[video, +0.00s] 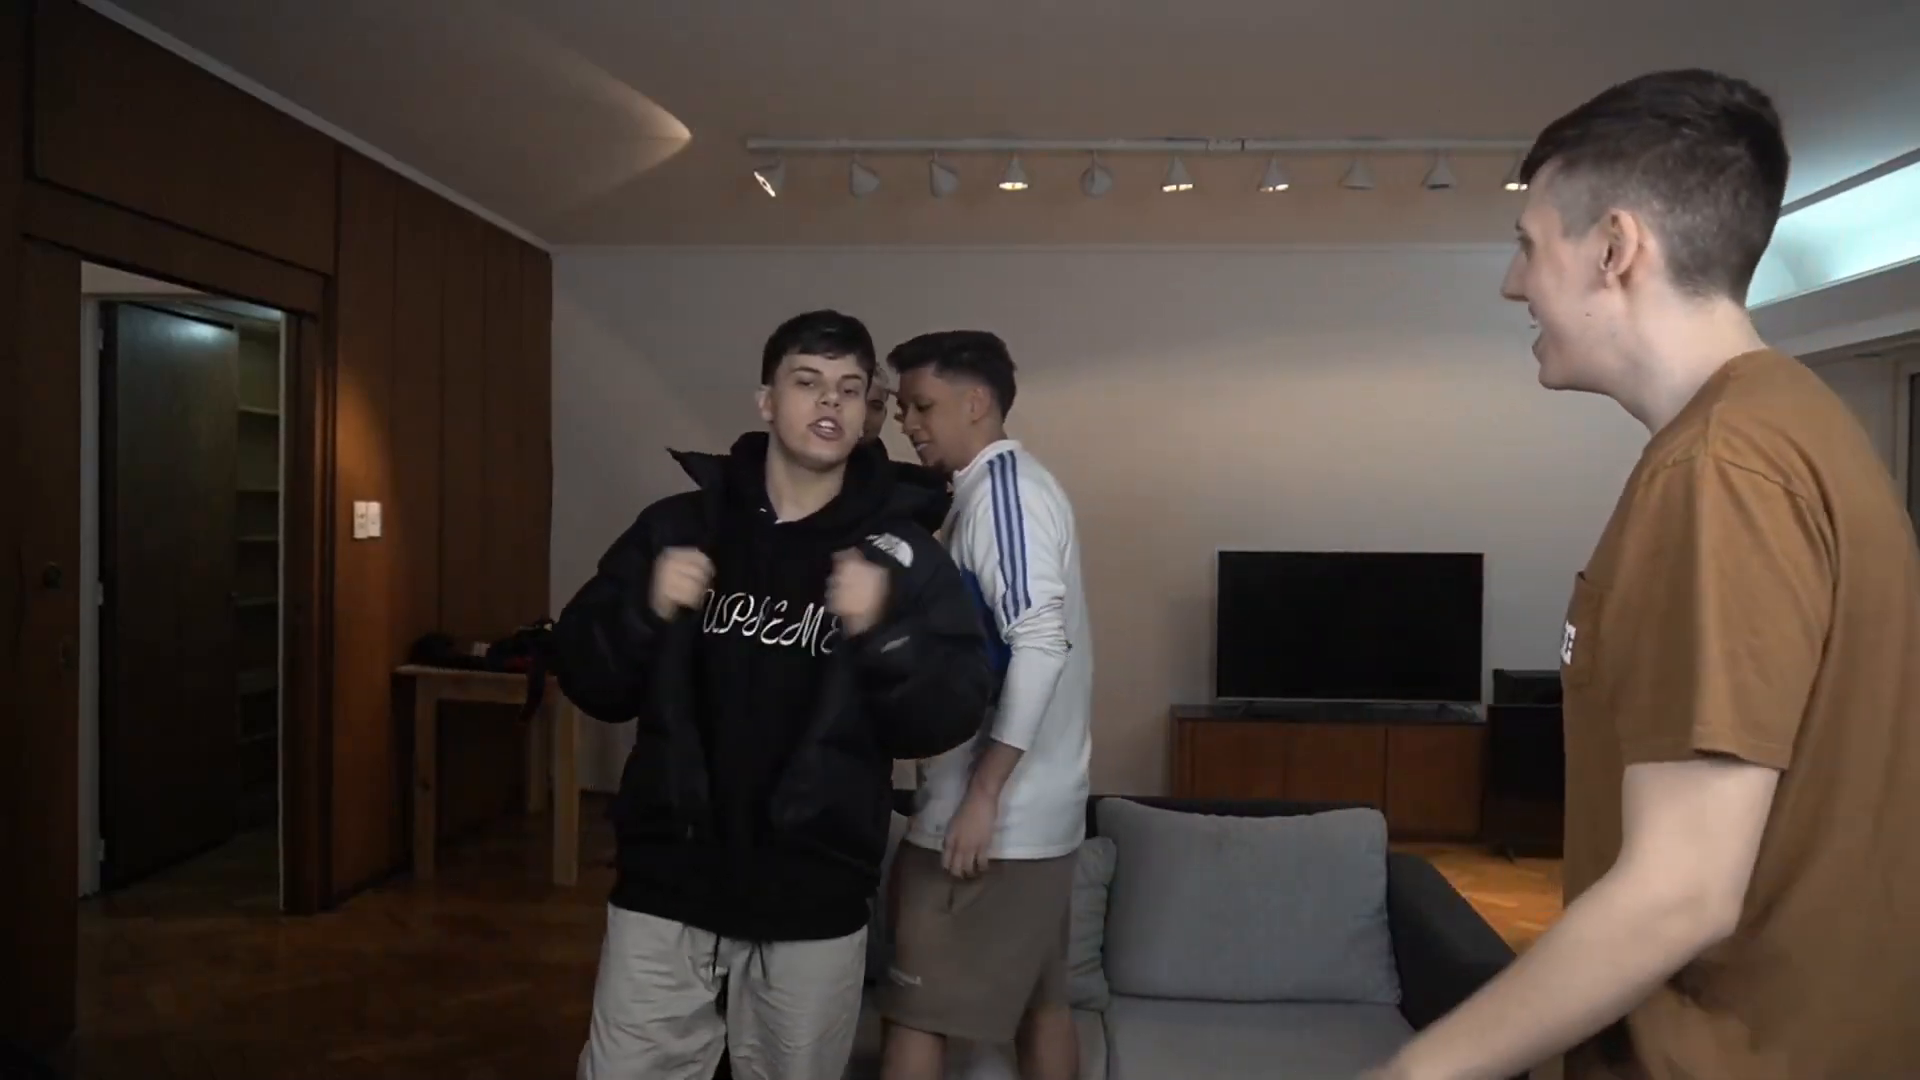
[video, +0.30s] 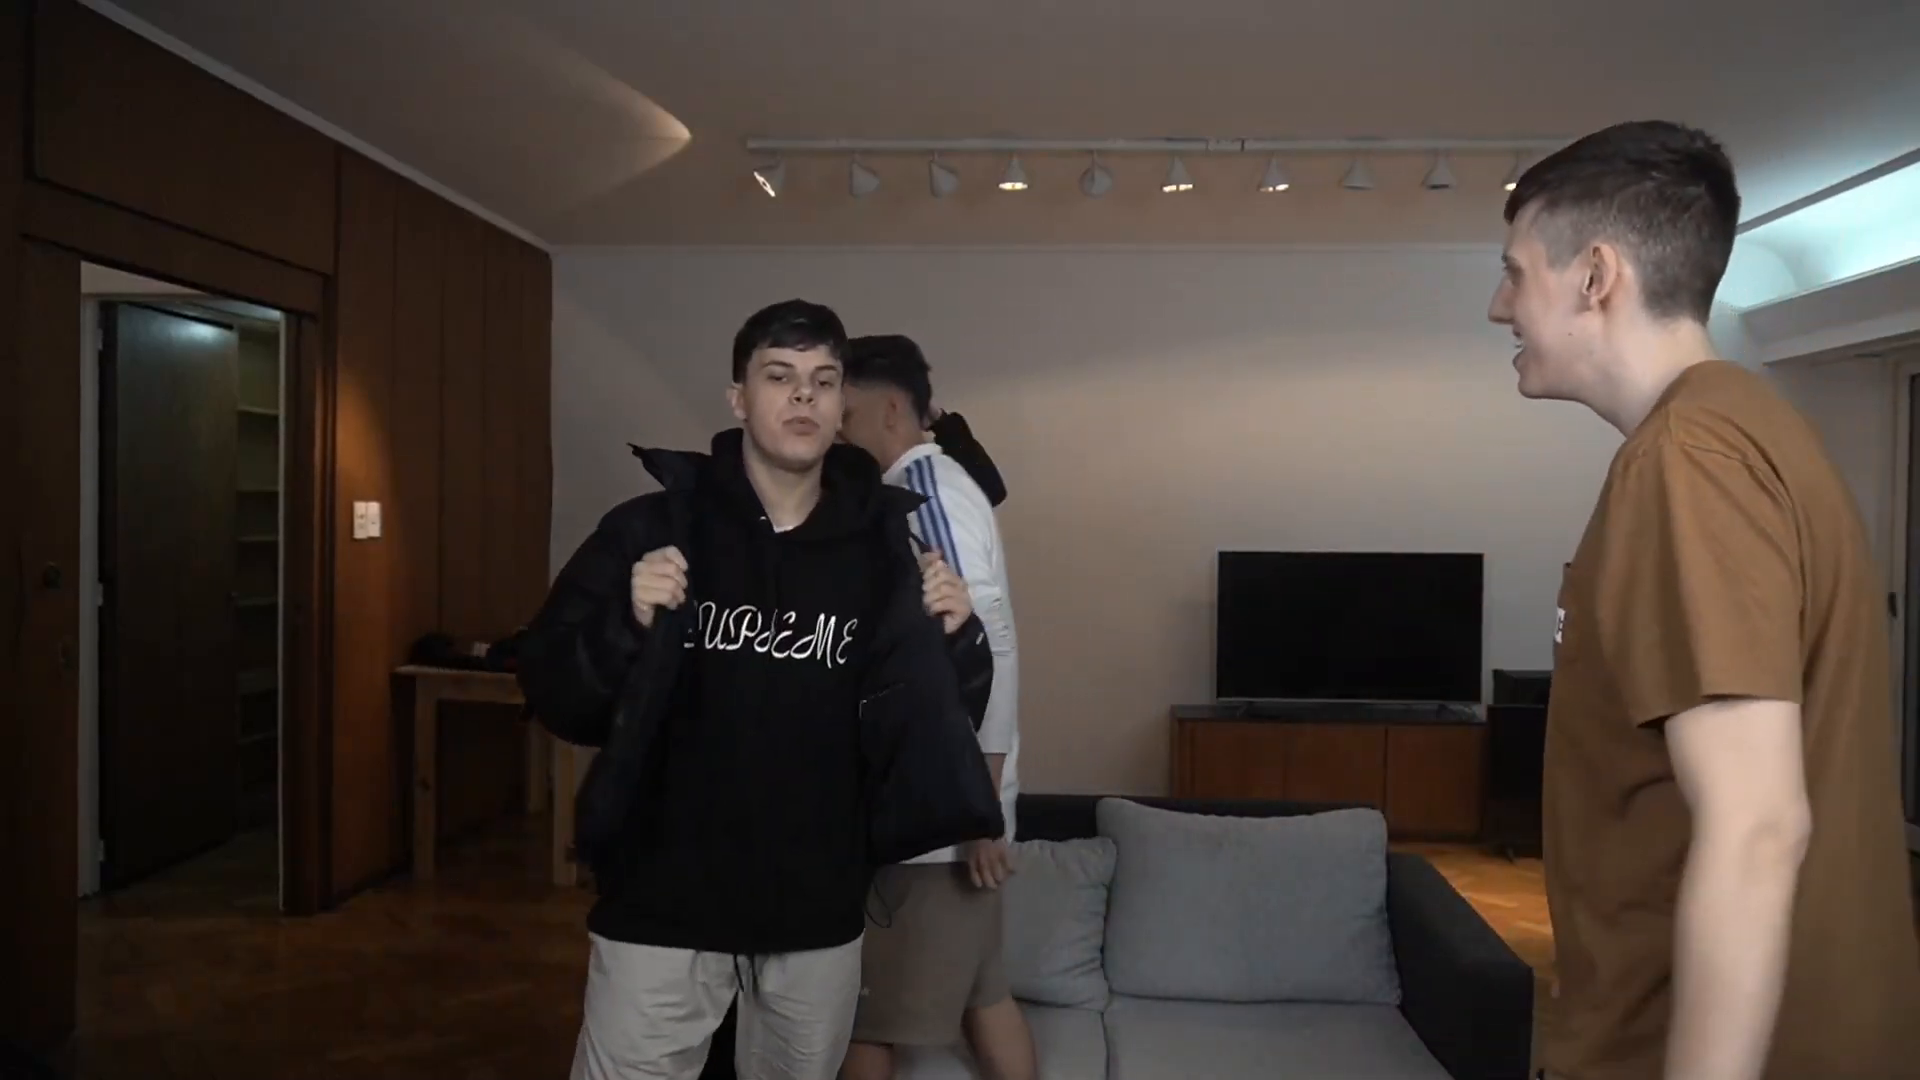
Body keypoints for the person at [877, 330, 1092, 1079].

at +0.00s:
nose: (907, 422)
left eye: (920, 407)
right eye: (905, 408)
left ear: (981, 405)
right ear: (971, 409)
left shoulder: (1005, 489)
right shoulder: (999, 485)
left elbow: (1041, 637)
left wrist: (984, 794)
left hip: (980, 813)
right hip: (1031, 811)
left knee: (916, 1016)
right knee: (1043, 1007)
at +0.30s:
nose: (836, 418)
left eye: (848, 401)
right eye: (838, 401)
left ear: (892, 406)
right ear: (899, 410)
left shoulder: (930, 485)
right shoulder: (919, 482)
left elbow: (982, 643)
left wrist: (982, 803)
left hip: (935, 806)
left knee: (871, 1027)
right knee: (987, 997)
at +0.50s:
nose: (781, 412)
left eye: (793, 394)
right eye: (782, 395)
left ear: (838, 399)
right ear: (846, 401)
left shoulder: (880, 480)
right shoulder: (846, 482)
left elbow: (924, 644)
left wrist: (899, 810)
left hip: (894, 808)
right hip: (872, 800)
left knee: (862, 1037)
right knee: (891, 1027)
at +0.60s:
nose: (751, 422)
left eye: (764, 404)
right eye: (748, 405)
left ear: (814, 399)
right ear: (813, 403)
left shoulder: (855, 481)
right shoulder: (812, 484)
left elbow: (883, 655)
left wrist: (842, 815)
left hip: (867, 819)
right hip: (823, 808)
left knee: (845, 1046)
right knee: (822, 1042)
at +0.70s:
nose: (721, 416)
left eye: (735, 398)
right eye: (716, 400)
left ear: (794, 398)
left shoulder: (827, 482)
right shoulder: (776, 483)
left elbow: (853, 653)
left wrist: (795, 791)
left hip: (839, 816)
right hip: (796, 809)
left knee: (831, 1028)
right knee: (798, 1026)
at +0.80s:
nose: (695, 417)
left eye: (709, 400)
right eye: (689, 401)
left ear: (769, 399)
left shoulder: (788, 490)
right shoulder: (802, 475)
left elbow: (829, 644)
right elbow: (825, 635)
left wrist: (780, 749)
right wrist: (764, 733)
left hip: (805, 794)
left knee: (819, 1024)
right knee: (818, 1017)